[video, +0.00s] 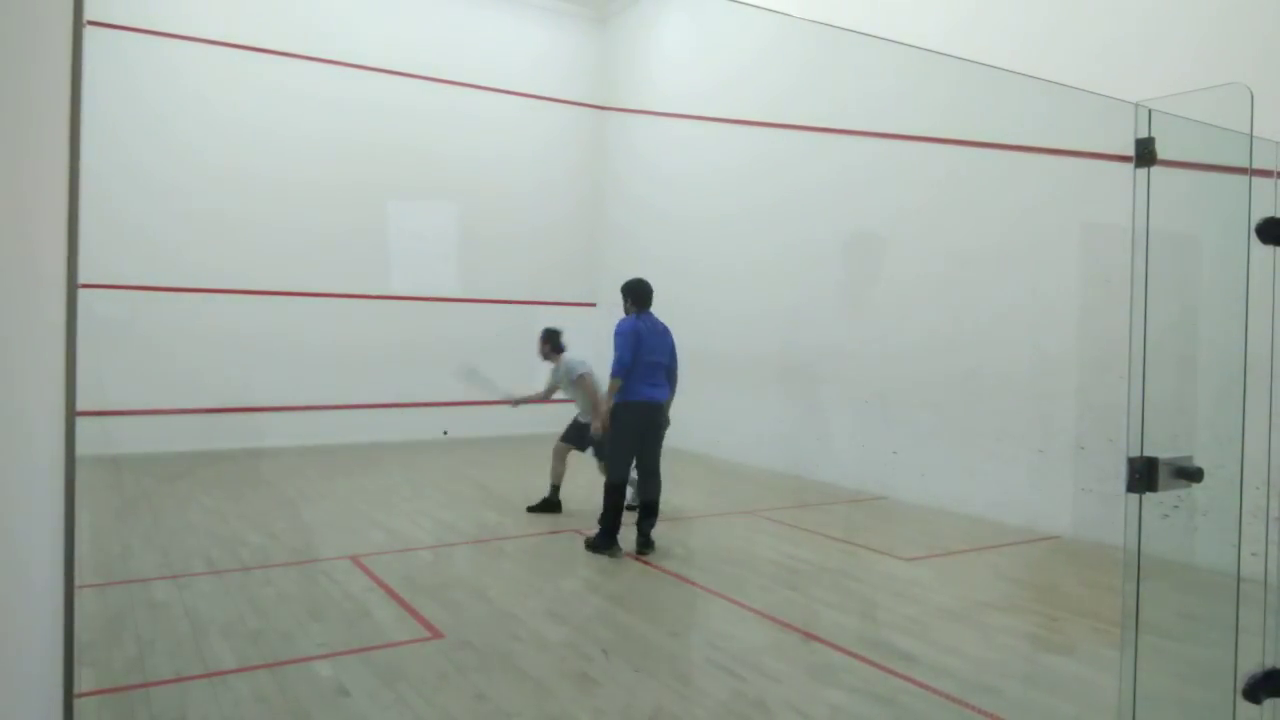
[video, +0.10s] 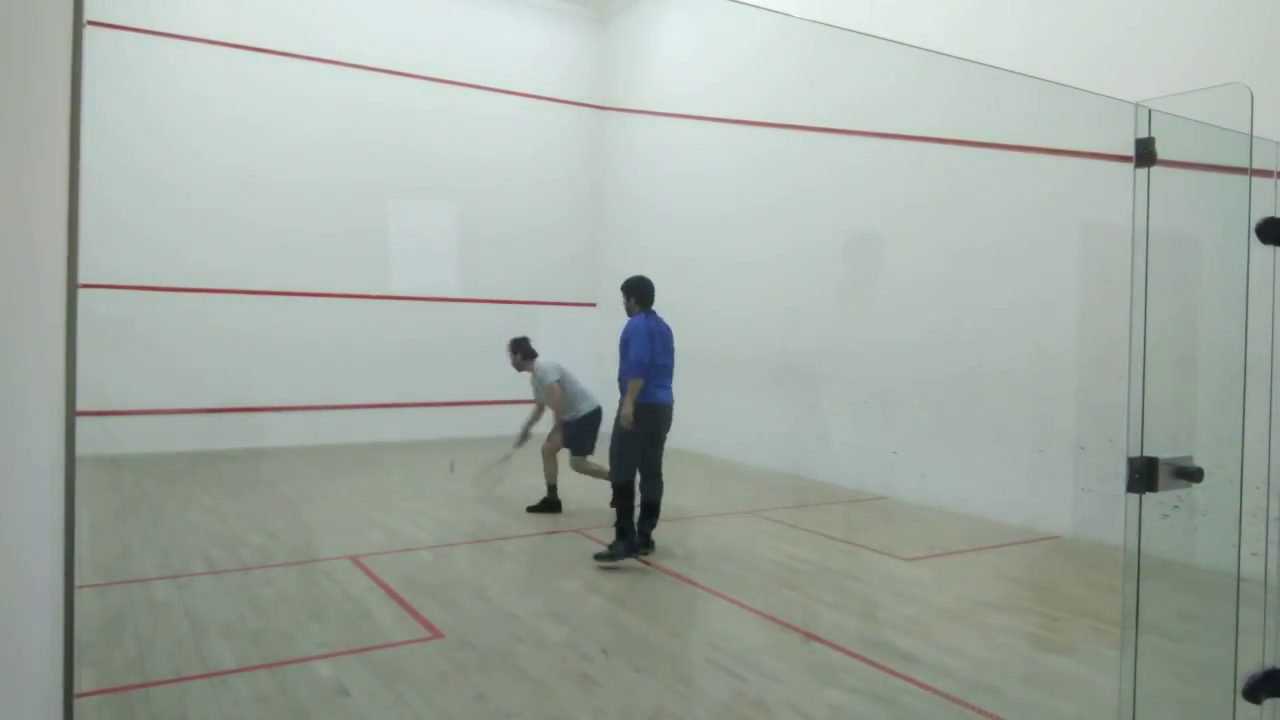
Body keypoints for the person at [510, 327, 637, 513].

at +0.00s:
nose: (539, 349)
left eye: (541, 345)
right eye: (540, 345)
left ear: (549, 346)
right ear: (553, 346)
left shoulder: (572, 363)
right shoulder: (558, 370)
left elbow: (591, 390)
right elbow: (546, 395)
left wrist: (596, 419)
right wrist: (521, 401)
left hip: (600, 419)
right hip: (584, 419)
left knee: (606, 467)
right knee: (560, 450)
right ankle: (553, 498)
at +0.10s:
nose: (511, 361)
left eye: (512, 356)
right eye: (510, 356)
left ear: (521, 355)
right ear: (523, 355)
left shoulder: (546, 369)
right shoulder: (536, 377)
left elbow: (557, 401)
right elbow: (540, 408)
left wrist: (557, 429)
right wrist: (526, 429)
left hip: (586, 413)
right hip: (570, 417)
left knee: (578, 464)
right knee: (548, 450)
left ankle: (619, 478)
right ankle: (552, 498)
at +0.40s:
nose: (546, 321)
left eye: (546, 318)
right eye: (548, 317)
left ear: (549, 321)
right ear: (568, 319)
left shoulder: (548, 347)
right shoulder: (586, 342)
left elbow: (533, 386)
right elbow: (602, 371)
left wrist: (512, 408)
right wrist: (595, 397)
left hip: (563, 410)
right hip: (588, 409)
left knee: (562, 461)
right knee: (576, 455)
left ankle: (569, 515)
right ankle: (568, 500)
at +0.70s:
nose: (527, 357)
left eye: (529, 351)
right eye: (525, 352)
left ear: (543, 347)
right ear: (539, 349)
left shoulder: (565, 368)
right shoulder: (553, 373)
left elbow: (585, 403)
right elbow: (543, 409)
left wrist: (592, 441)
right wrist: (515, 432)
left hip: (592, 425)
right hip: (599, 424)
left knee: (547, 463)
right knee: (599, 474)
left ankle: (531, 518)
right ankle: (636, 516)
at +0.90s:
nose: (469, 424)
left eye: (470, 419)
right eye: (467, 420)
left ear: (481, 410)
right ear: (479, 409)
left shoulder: (511, 419)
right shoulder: (489, 416)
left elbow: (521, 469)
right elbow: (479, 438)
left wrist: (512, 506)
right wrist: (451, 451)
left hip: (558, 432)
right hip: (551, 431)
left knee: (520, 476)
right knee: (571, 478)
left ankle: (517, 529)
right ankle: (622, 504)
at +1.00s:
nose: (462, 451)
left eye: (460, 446)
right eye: (458, 448)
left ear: (472, 436)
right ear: (470, 433)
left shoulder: (498, 440)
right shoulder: (484, 425)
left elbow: (492, 495)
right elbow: (490, 441)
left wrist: (478, 533)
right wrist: (479, 454)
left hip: (552, 434)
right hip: (557, 426)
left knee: (514, 479)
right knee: (574, 475)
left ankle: (518, 531)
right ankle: (622, 502)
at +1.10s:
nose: (458, 430)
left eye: (458, 424)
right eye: (456, 425)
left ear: (468, 417)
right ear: (470, 413)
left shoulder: (494, 426)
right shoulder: (494, 410)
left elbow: (496, 480)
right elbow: (530, 425)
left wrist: (482, 518)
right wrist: (512, 450)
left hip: (554, 431)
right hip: (568, 422)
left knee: (515, 477)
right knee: (587, 473)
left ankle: (518, 530)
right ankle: (634, 510)